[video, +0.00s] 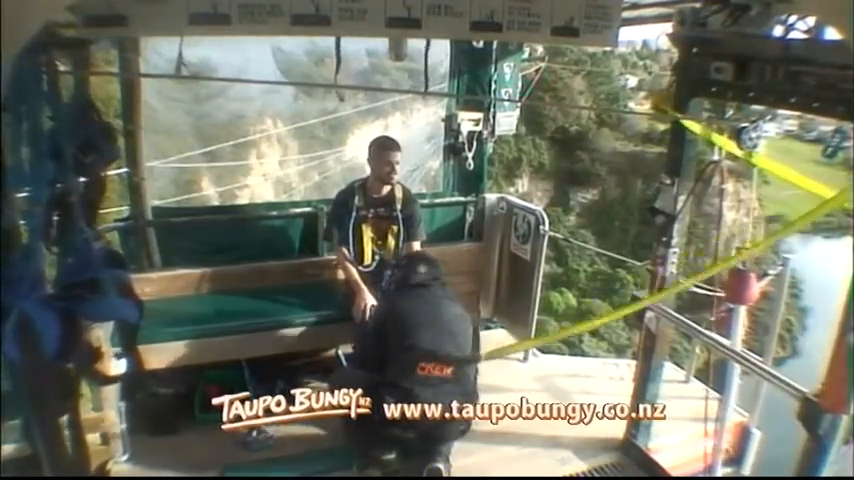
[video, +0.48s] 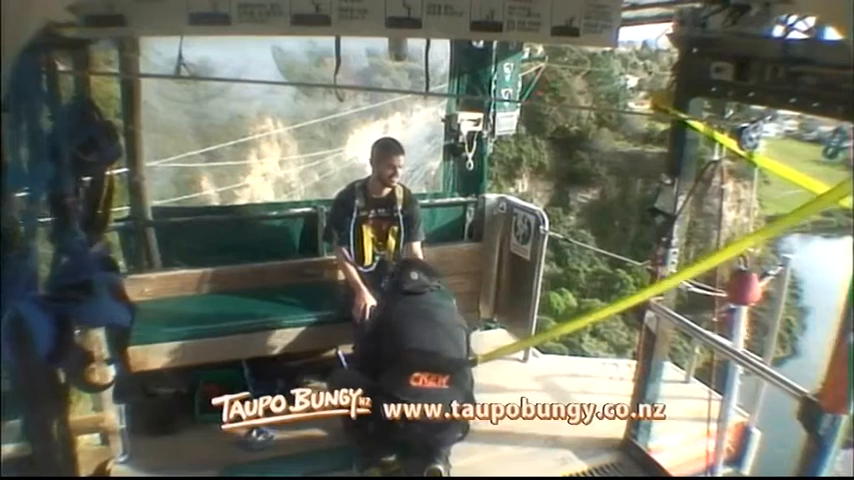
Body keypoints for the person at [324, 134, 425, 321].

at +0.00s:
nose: (395, 169)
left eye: (397, 164)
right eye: (388, 164)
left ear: (400, 163)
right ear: (371, 162)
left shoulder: (406, 199)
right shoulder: (347, 198)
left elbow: (414, 247)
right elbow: (342, 252)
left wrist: (413, 288)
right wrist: (361, 291)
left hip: (398, 281)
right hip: (362, 281)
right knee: (369, 318)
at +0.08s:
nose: (395, 170)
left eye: (398, 165)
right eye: (389, 165)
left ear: (401, 163)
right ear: (371, 163)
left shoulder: (406, 199)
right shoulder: (347, 199)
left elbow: (414, 248)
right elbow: (341, 252)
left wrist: (414, 288)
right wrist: (361, 292)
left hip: (398, 282)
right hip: (362, 282)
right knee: (369, 318)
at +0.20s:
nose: (396, 171)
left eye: (399, 165)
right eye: (390, 166)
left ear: (402, 164)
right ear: (372, 162)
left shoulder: (406, 199)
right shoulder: (347, 199)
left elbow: (414, 248)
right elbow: (341, 253)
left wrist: (416, 289)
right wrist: (361, 292)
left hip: (398, 283)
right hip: (361, 283)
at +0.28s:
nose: (396, 171)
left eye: (399, 165)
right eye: (390, 165)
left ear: (402, 164)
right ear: (373, 162)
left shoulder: (406, 199)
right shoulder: (347, 198)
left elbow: (414, 248)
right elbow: (340, 250)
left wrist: (417, 288)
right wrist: (361, 291)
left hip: (398, 282)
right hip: (362, 283)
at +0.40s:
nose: (396, 172)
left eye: (399, 166)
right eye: (390, 167)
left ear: (403, 165)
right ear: (373, 163)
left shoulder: (406, 198)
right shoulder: (348, 198)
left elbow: (414, 247)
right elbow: (341, 251)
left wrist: (417, 287)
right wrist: (361, 291)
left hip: (398, 281)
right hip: (362, 281)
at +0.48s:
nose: (396, 173)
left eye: (400, 167)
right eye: (390, 167)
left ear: (403, 165)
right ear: (373, 163)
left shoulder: (406, 199)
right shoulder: (348, 199)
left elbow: (414, 248)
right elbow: (340, 250)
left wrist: (420, 288)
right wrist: (361, 291)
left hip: (398, 284)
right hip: (363, 284)